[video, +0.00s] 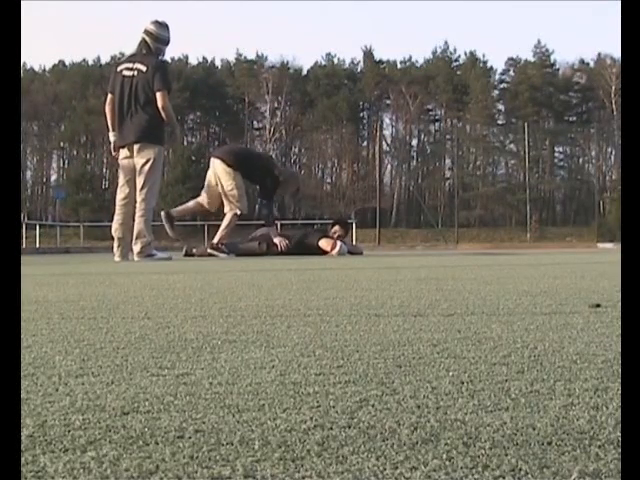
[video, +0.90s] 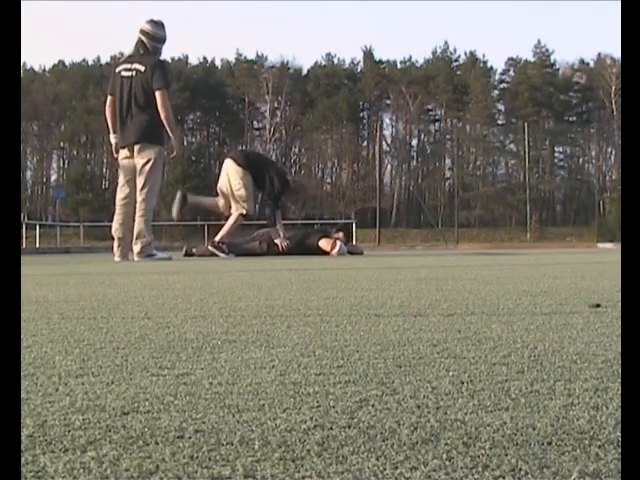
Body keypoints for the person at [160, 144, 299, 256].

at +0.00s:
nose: (287, 193)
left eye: (290, 190)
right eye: (290, 189)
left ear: (283, 176)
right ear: (286, 181)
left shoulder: (268, 174)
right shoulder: (270, 179)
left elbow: (267, 204)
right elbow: (266, 207)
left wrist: (273, 224)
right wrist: (274, 235)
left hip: (218, 158)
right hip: (227, 163)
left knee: (207, 202)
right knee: (235, 210)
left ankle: (172, 214)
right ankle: (216, 244)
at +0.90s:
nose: (288, 197)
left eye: (291, 195)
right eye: (291, 195)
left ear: (286, 183)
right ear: (289, 189)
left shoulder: (275, 178)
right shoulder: (277, 182)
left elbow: (277, 209)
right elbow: (271, 210)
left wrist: (281, 235)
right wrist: (277, 237)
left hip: (230, 161)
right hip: (239, 166)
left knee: (224, 206)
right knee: (240, 211)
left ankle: (188, 199)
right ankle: (217, 242)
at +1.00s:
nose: (286, 196)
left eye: (288, 194)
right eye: (288, 194)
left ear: (286, 182)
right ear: (288, 188)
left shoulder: (277, 180)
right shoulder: (277, 182)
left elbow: (277, 210)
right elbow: (268, 213)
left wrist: (282, 235)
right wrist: (277, 238)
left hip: (231, 161)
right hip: (239, 166)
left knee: (217, 203)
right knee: (241, 210)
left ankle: (182, 183)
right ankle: (218, 242)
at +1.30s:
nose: (293, 211)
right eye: (295, 208)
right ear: (289, 198)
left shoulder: (272, 186)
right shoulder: (275, 185)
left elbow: (271, 213)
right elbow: (265, 216)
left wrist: (280, 235)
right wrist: (279, 238)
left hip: (226, 165)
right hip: (234, 169)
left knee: (204, 202)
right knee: (240, 211)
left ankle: (168, 183)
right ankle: (217, 242)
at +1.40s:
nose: (277, 205)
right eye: (279, 203)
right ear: (278, 198)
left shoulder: (266, 189)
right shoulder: (267, 192)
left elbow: (267, 215)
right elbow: (261, 221)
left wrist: (279, 234)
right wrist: (276, 238)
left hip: (217, 170)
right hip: (226, 174)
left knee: (206, 214)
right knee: (238, 213)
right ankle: (216, 245)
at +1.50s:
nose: (262, 209)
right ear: (270, 199)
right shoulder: (261, 193)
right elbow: (263, 223)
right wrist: (272, 238)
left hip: (205, 173)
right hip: (218, 176)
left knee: (210, 218)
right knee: (233, 212)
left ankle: (176, 223)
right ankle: (216, 245)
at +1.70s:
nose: (250, 149)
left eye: (251, 146)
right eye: (249, 145)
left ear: (237, 137)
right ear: (243, 141)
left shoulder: (222, 143)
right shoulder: (232, 147)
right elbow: (245, 182)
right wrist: (263, 207)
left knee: (205, 214)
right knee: (221, 211)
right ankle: (214, 247)